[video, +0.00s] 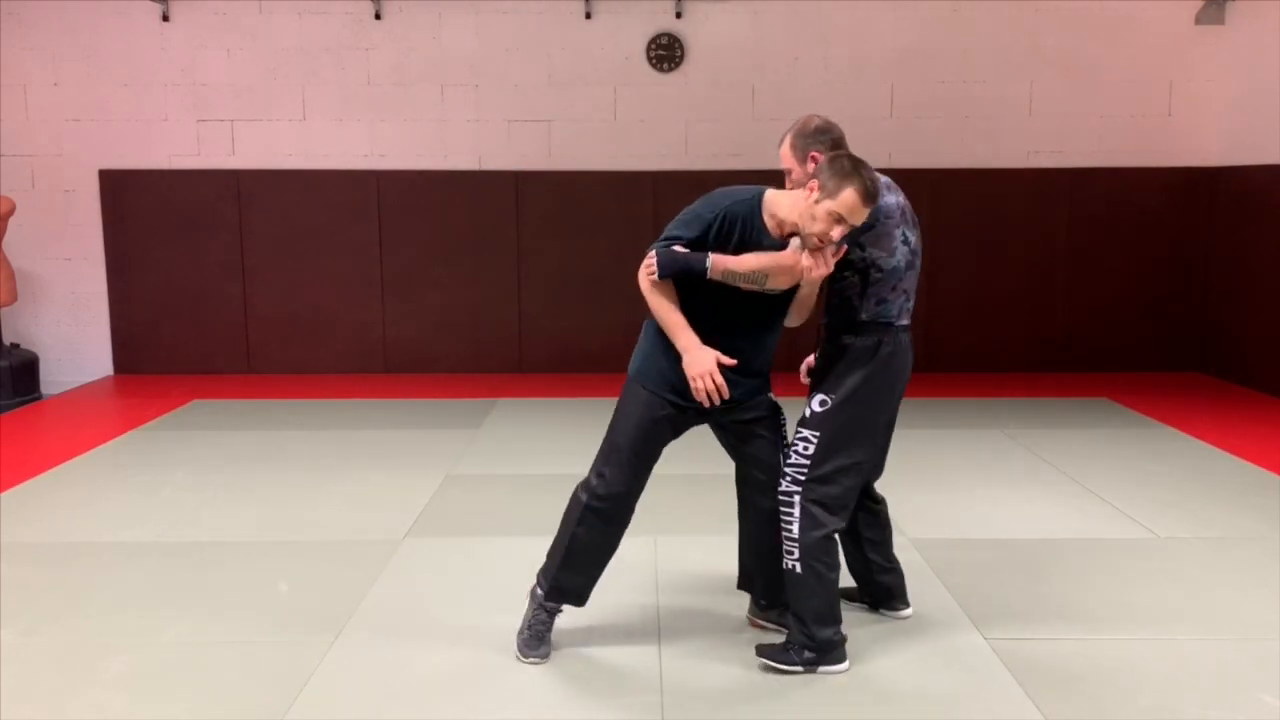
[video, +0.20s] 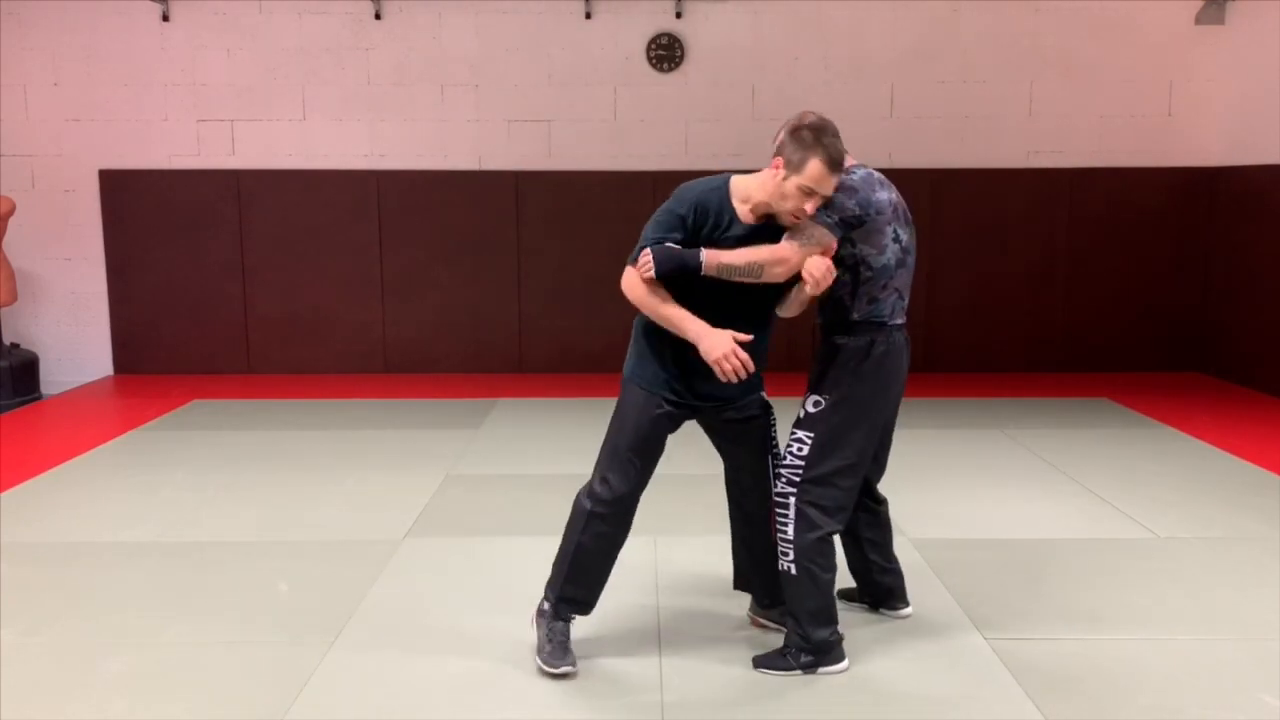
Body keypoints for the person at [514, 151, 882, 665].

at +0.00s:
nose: (838, 235)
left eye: (849, 228)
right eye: (837, 219)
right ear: (811, 189)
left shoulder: (806, 251)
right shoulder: (723, 211)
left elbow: (794, 320)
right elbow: (652, 274)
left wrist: (813, 280)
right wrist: (691, 347)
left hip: (743, 385)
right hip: (666, 375)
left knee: (775, 484)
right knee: (610, 487)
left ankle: (771, 601)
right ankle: (546, 601)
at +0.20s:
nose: (811, 210)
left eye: (821, 200)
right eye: (806, 194)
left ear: (826, 194)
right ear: (776, 167)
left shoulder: (792, 232)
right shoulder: (695, 203)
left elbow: (786, 310)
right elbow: (635, 282)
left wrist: (810, 290)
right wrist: (703, 334)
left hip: (734, 380)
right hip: (659, 373)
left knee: (761, 482)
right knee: (613, 489)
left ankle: (769, 598)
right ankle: (557, 611)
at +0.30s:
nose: (778, 198)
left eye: (784, 187)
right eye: (772, 184)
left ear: (747, 170)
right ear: (736, 164)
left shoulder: (757, 222)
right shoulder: (660, 209)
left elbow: (765, 292)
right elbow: (622, 302)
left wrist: (789, 321)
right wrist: (711, 334)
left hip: (721, 384)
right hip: (649, 384)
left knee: (758, 484)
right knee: (614, 503)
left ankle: (769, 598)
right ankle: (561, 632)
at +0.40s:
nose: (737, 190)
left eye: (741, 178)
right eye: (729, 177)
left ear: (702, 169)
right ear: (691, 166)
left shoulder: (709, 222)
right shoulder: (621, 225)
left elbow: (716, 293)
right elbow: (616, 328)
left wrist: (748, 324)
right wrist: (710, 339)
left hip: (698, 386)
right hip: (630, 394)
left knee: (741, 493)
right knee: (620, 514)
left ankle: (768, 599)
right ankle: (560, 637)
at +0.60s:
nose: (681, 168)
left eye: (684, 155)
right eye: (676, 155)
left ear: (639, 148)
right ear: (638, 148)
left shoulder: (633, 198)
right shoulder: (576, 222)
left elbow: (633, 288)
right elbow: (581, 333)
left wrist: (665, 311)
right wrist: (661, 327)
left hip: (637, 375)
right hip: (586, 388)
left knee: (672, 481)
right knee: (600, 514)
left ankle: (682, 589)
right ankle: (559, 638)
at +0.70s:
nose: (661, 151)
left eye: (663, 139)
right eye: (657, 139)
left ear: (621, 133)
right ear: (622, 133)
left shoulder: (607, 191)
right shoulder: (565, 205)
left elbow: (607, 284)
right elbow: (561, 315)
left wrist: (644, 297)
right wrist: (637, 309)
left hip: (619, 377)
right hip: (573, 387)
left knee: (633, 483)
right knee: (584, 513)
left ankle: (608, 583)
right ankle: (557, 638)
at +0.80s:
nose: (650, 142)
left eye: (651, 130)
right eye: (644, 130)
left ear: (608, 128)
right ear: (609, 128)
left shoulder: (592, 190)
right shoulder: (551, 197)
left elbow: (590, 279)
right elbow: (542, 302)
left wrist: (627, 295)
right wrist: (621, 300)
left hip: (592, 376)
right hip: (554, 384)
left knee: (589, 490)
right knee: (571, 511)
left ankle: (531, 570)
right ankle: (558, 638)